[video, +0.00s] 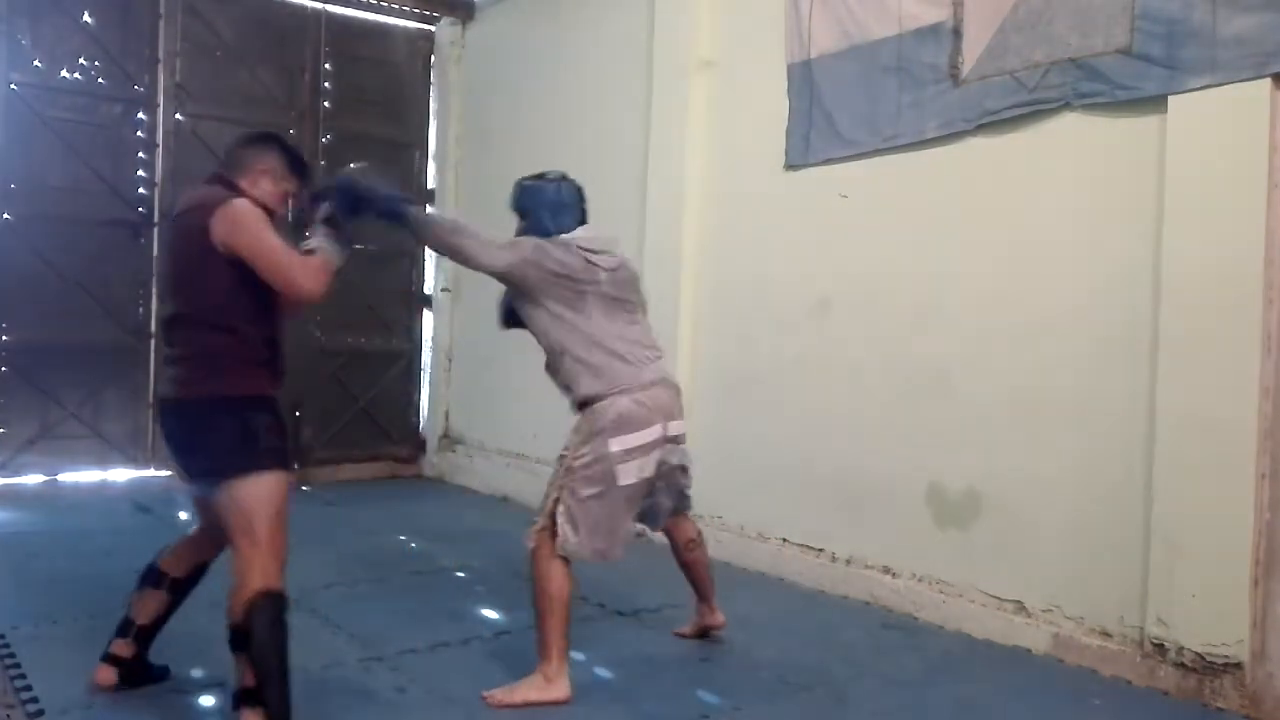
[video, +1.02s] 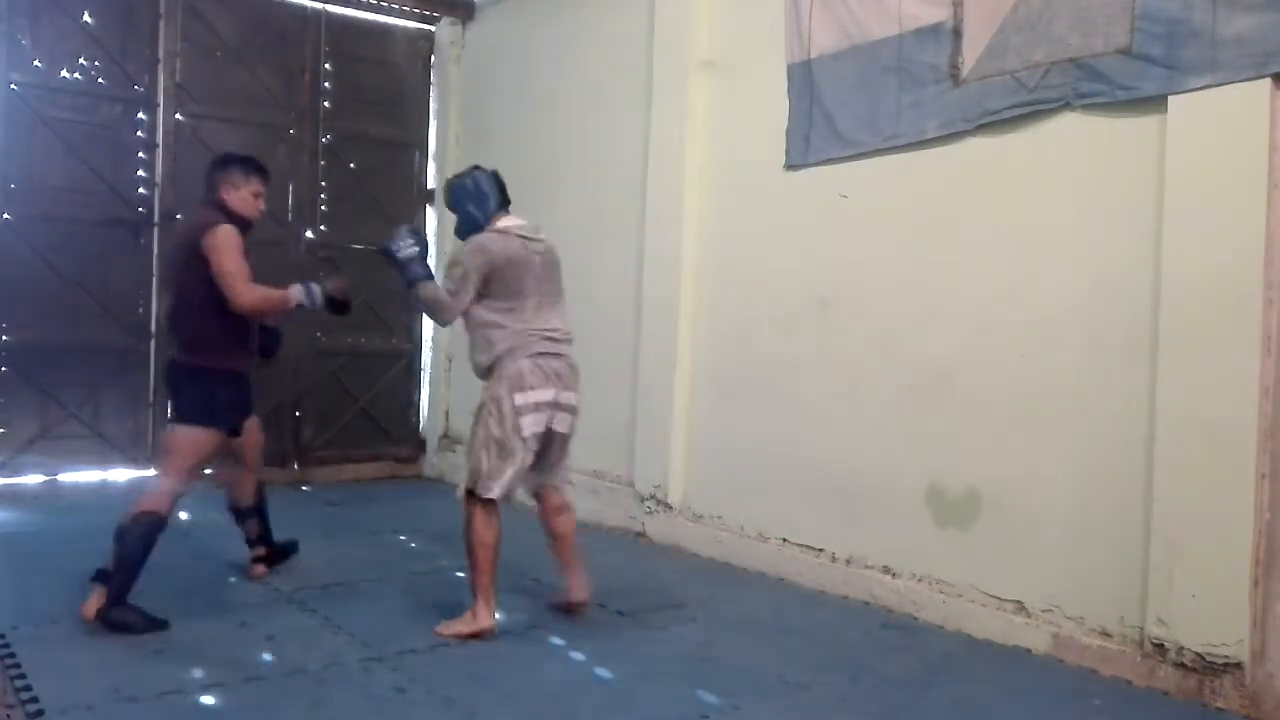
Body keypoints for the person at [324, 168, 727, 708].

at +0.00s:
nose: (515, 226)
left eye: (518, 218)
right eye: (516, 218)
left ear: (531, 219)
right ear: (578, 216)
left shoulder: (536, 258)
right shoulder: (613, 260)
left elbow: (461, 241)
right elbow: (584, 302)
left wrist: (394, 207)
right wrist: (523, 310)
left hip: (613, 415)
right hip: (664, 404)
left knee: (549, 541)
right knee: (676, 513)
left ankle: (552, 675)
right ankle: (710, 610)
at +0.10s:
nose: (533, 219)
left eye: (537, 210)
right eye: (534, 211)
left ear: (549, 214)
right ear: (597, 212)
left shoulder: (544, 259)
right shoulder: (637, 262)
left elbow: (478, 271)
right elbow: (647, 326)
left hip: (622, 410)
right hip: (674, 399)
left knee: (561, 535)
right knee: (688, 521)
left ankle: (553, 674)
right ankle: (723, 620)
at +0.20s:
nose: (555, 219)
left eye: (559, 210)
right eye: (557, 209)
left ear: (573, 215)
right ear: (616, 211)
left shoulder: (567, 266)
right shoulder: (662, 260)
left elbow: (517, 330)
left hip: (627, 412)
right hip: (681, 406)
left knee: (570, 534)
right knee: (701, 531)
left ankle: (553, 673)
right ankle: (738, 638)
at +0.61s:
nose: (547, 238)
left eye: (551, 227)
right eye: (547, 227)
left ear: (569, 227)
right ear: (599, 223)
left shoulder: (594, 267)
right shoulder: (634, 268)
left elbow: (596, 330)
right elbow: (604, 336)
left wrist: (545, 313)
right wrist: (554, 308)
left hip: (614, 411)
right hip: (661, 408)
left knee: (536, 505)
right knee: (684, 523)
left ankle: (495, 615)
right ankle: (737, 633)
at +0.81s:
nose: (473, 245)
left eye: (477, 233)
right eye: (473, 234)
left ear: (498, 232)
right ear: (522, 229)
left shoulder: (521, 274)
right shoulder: (565, 274)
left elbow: (531, 343)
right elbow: (547, 347)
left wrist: (477, 341)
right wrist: (487, 341)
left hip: (551, 407)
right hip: (595, 406)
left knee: (489, 501)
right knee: (625, 515)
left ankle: (484, 617)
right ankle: (699, 594)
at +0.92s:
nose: (457, 232)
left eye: (460, 221)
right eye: (456, 222)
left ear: (480, 219)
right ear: (508, 214)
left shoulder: (497, 261)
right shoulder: (551, 259)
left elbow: (483, 326)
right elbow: (513, 326)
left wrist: (436, 301)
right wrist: (452, 300)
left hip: (532, 392)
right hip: (579, 389)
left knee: (486, 499)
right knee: (582, 498)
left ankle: (484, 617)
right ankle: (637, 579)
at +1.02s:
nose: (454, 221)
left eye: (455, 211)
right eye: (452, 212)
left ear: (473, 207)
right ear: (502, 202)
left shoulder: (479, 249)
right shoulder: (544, 248)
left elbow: (445, 309)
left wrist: (414, 267)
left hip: (515, 382)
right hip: (563, 380)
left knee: (483, 495)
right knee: (548, 482)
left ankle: (483, 610)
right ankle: (577, 585)